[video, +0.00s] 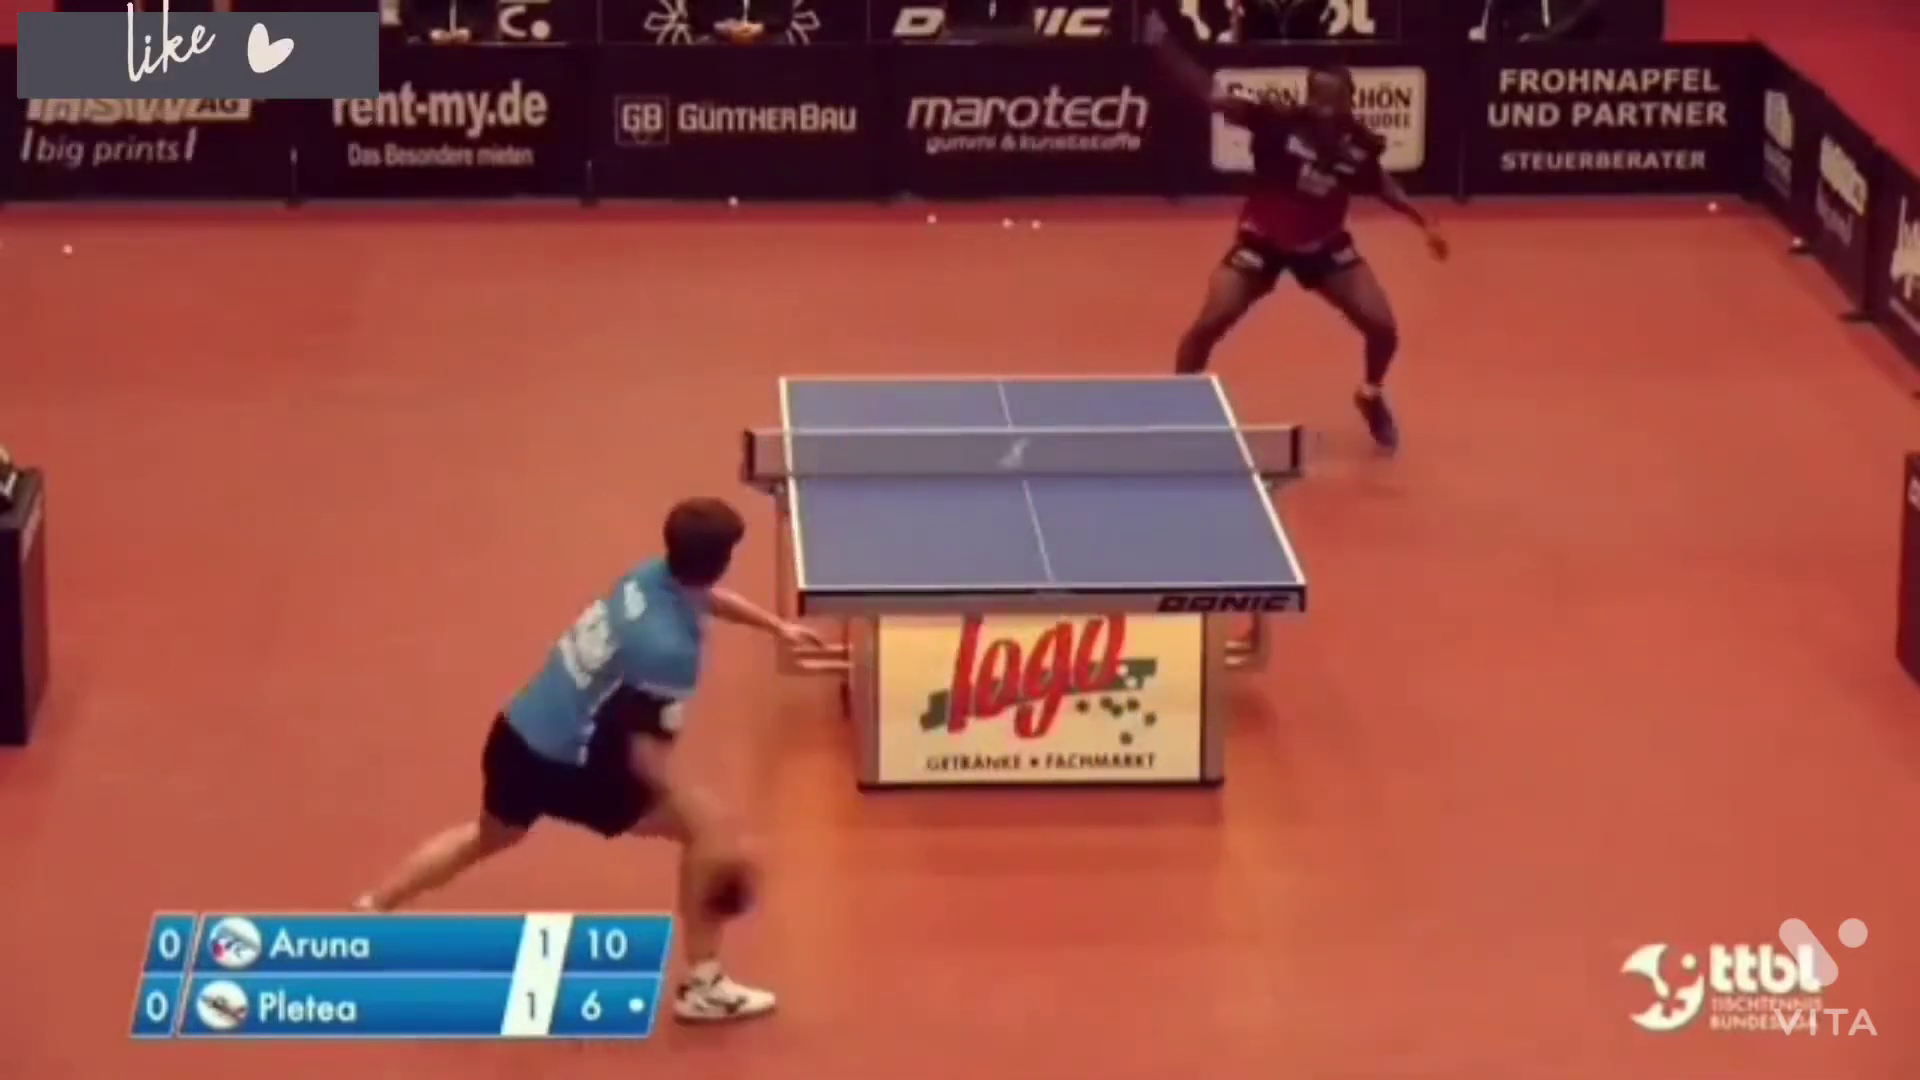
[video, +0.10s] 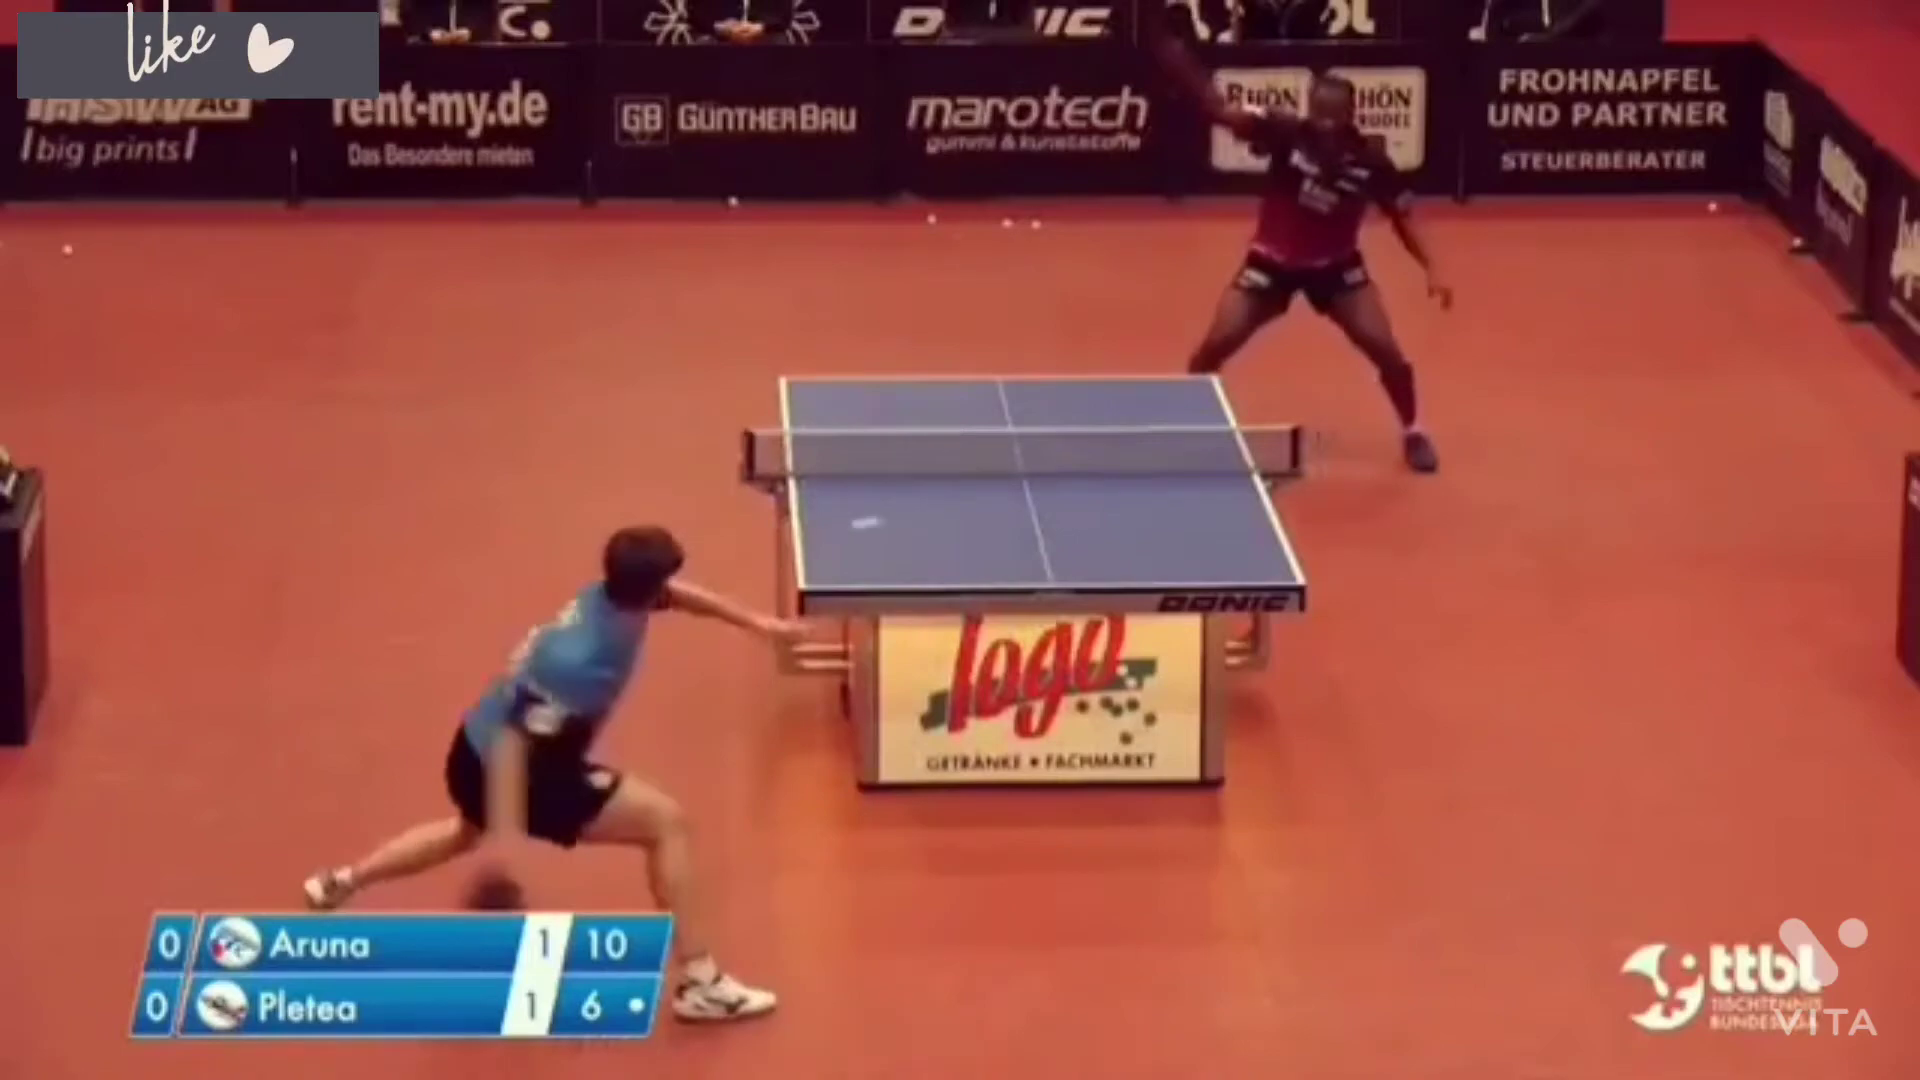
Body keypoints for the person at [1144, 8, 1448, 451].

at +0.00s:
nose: (1325, 109)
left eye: (1333, 100)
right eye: (1319, 99)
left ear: (1348, 102)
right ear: (1306, 97)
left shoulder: (1360, 146)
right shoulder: (1276, 120)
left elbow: (1383, 188)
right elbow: (1209, 96)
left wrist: (1426, 226)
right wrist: (1162, 46)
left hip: (1324, 248)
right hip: (1261, 243)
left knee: (1383, 330)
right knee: (1209, 324)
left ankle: (1371, 396)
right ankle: (1180, 399)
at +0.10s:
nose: (1325, 122)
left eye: (1334, 114)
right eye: (1319, 112)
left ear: (1351, 114)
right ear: (1309, 108)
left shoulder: (1370, 159)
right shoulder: (1285, 133)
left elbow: (1401, 217)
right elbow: (1220, 112)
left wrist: (1432, 271)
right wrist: (1183, 70)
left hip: (1336, 270)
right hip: (1270, 265)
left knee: (1387, 353)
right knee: (1214, 348)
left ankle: (1412, 433)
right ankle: (1174, 425)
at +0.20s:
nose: (1325, 120)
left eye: (1333, 112)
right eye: (1319, 111)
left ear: (1350, 113)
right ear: (1309, 109)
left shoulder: (1371, 155)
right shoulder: (1289, 140)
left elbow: (1402, 215)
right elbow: (1233, 142)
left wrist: (1404, 275)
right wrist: (1192, 114)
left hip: (1349, 270)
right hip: (1284, 264)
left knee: (1395, 357)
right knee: (1225, 340)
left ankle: (1413, 433)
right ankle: (1185, 421)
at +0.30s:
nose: (1304, 102)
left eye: (1311, 93)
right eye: (1297, 93)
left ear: (1330, 91)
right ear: (1290, 93)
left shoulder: (1361, 134)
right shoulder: (1278, 133)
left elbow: (1377, 205)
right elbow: (1248, 183)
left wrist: (1330, 239)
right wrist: (1209, 188)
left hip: (1360, 243)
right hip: (1303, 240)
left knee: (1385, 338)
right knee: (1241, 314)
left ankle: (1420, 426)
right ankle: (1198, 404)